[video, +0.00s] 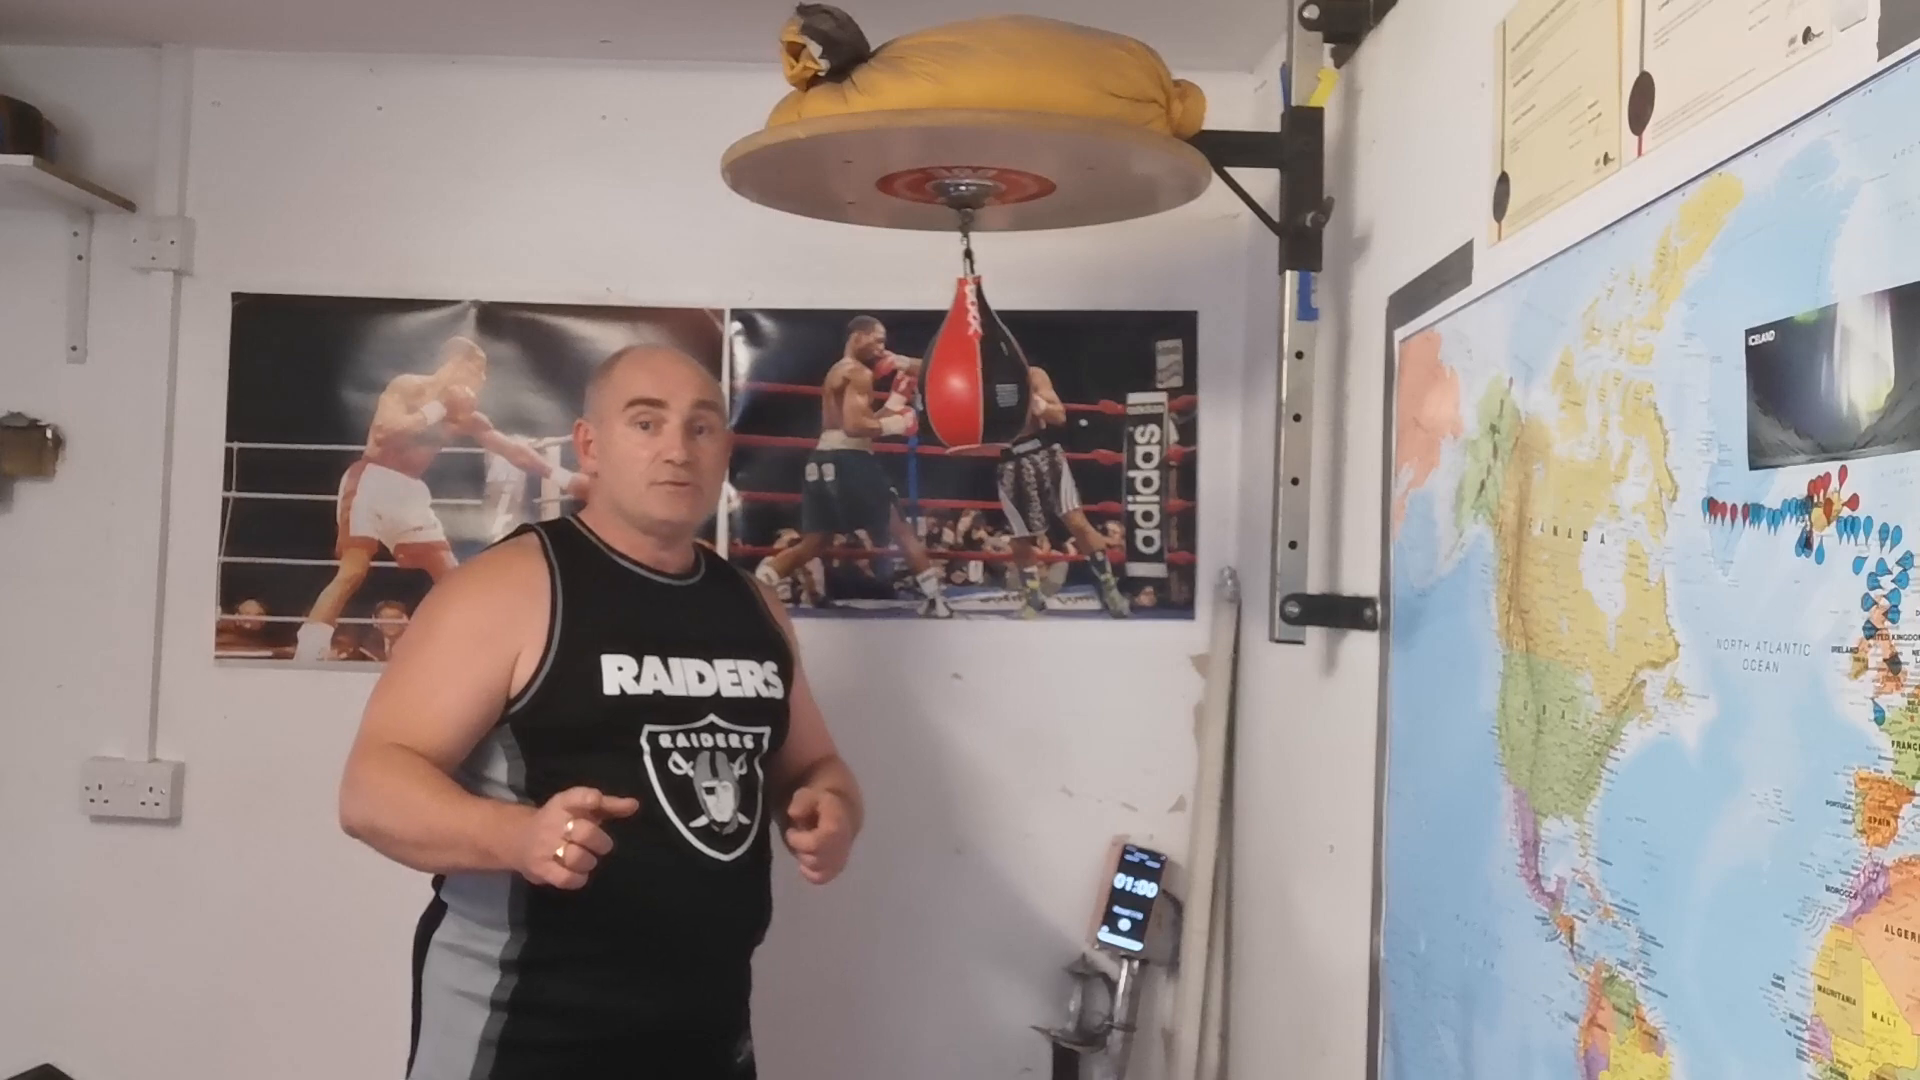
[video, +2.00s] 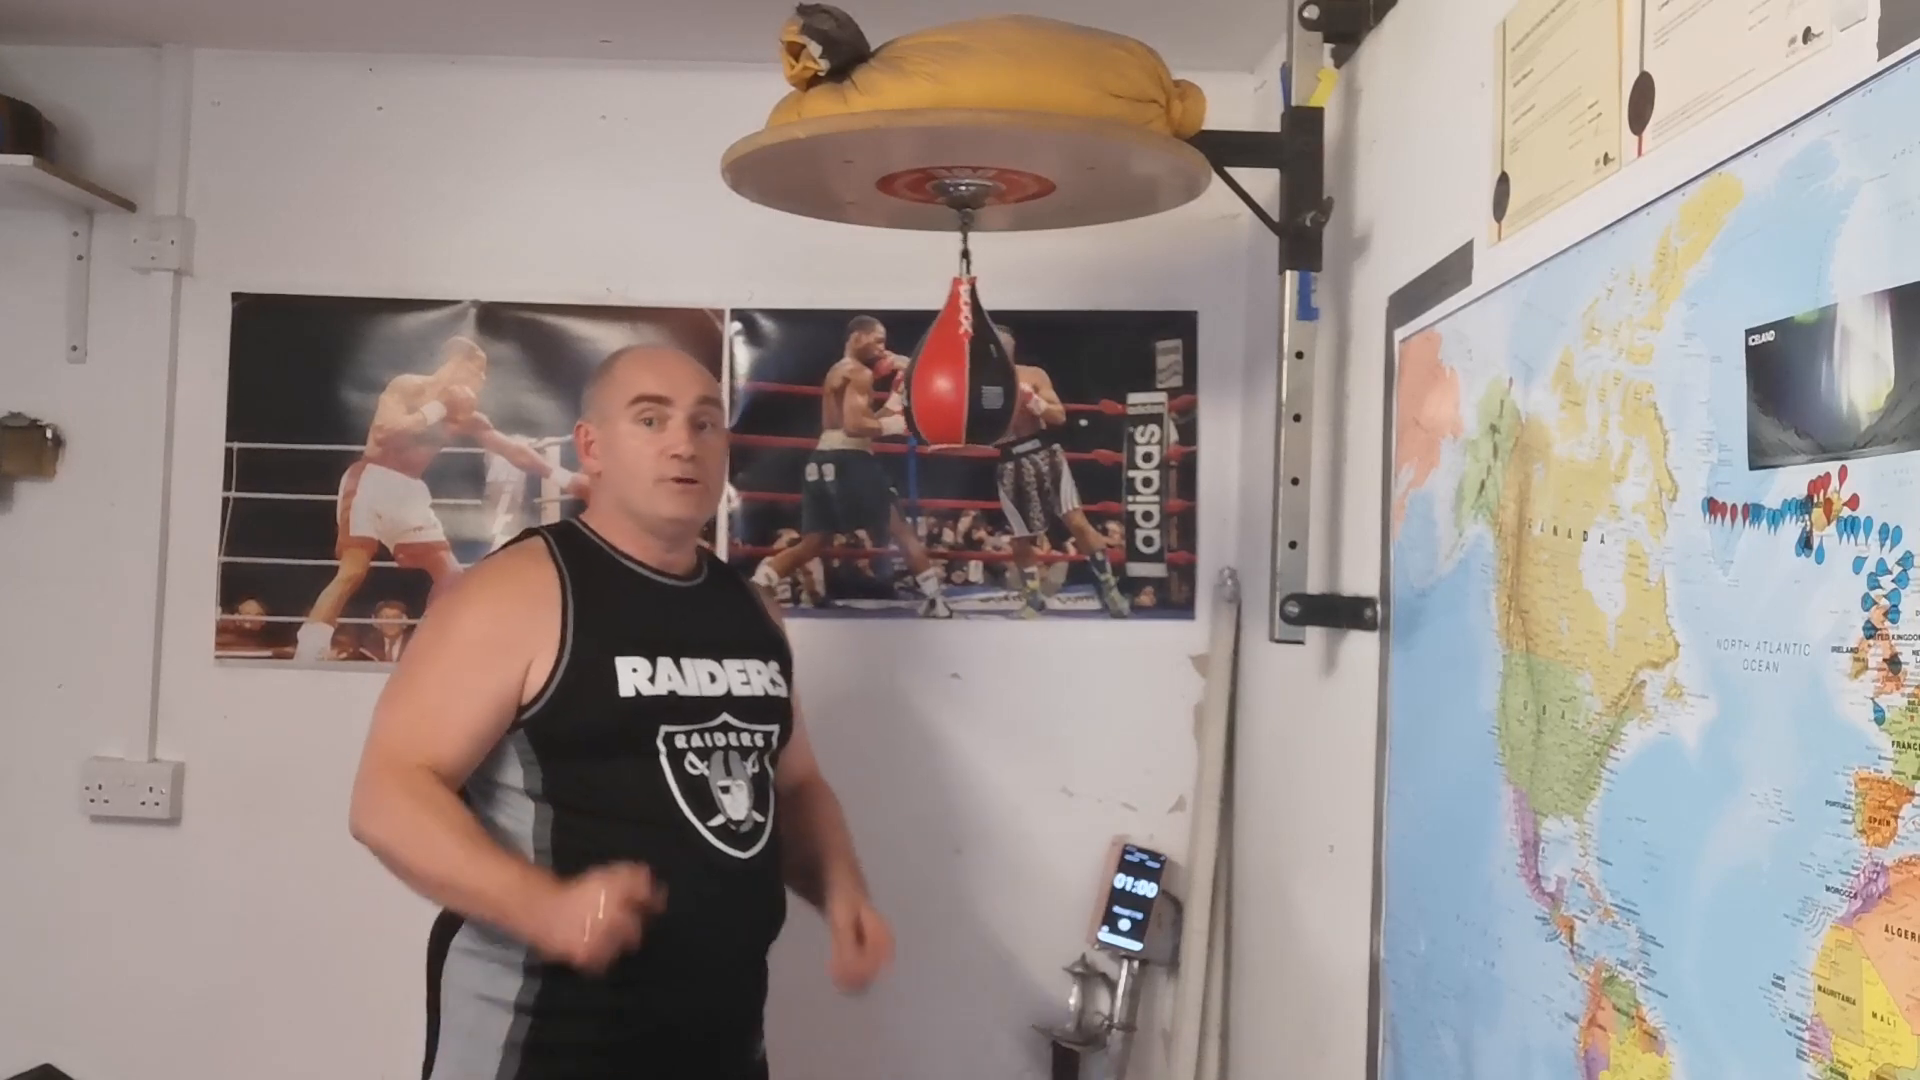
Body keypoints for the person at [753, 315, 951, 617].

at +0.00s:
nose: (881, 348)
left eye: (882, 343)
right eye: (878, 341)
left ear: (857, 340)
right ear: (857, 337)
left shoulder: (834, 374)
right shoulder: (858, 373)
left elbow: (851, 424)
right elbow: (854, 426)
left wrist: (890, 407)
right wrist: (895, 423)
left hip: (820, 463)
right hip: (852, 463)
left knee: (815, 542)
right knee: (901, 529)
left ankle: (756, 587)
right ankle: (936, 598)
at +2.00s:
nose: (881, 349)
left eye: (883, 343)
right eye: (878, 342)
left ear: (856, 340)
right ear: (858, 338)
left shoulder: (834, 373)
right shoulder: (859, 373)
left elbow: (847, 421)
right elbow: (854, 425)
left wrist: (885, 411)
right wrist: (890, 425)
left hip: (820, 463)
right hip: (852, 463)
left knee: (814, 542)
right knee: (902, 531)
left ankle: (755, 587)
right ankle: (935, 598)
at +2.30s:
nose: (882, 348)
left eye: (883, 342)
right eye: (878, 341)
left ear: (854, 340)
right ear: (858, 337)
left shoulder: (833, 373)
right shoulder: (859, 373)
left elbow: (836, 420)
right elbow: (854, 424)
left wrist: (878, 374)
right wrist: (887, 425)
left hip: (820, 462)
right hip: (852, 462)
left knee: (814, 542)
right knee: (902, 531)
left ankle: (755, 587)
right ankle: (936, 598)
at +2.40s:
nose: (881, 349)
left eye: (883, 343)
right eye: (878, 341)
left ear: (855, 340)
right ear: (858, 337)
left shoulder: (833, 373)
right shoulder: (859, 373)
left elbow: (835, 421)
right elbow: (854, 425)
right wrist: (891, 422)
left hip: (820, 463)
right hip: (852, 463)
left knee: (814, 542)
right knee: (902, 530)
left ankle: (755, 587)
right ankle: (935, 598)